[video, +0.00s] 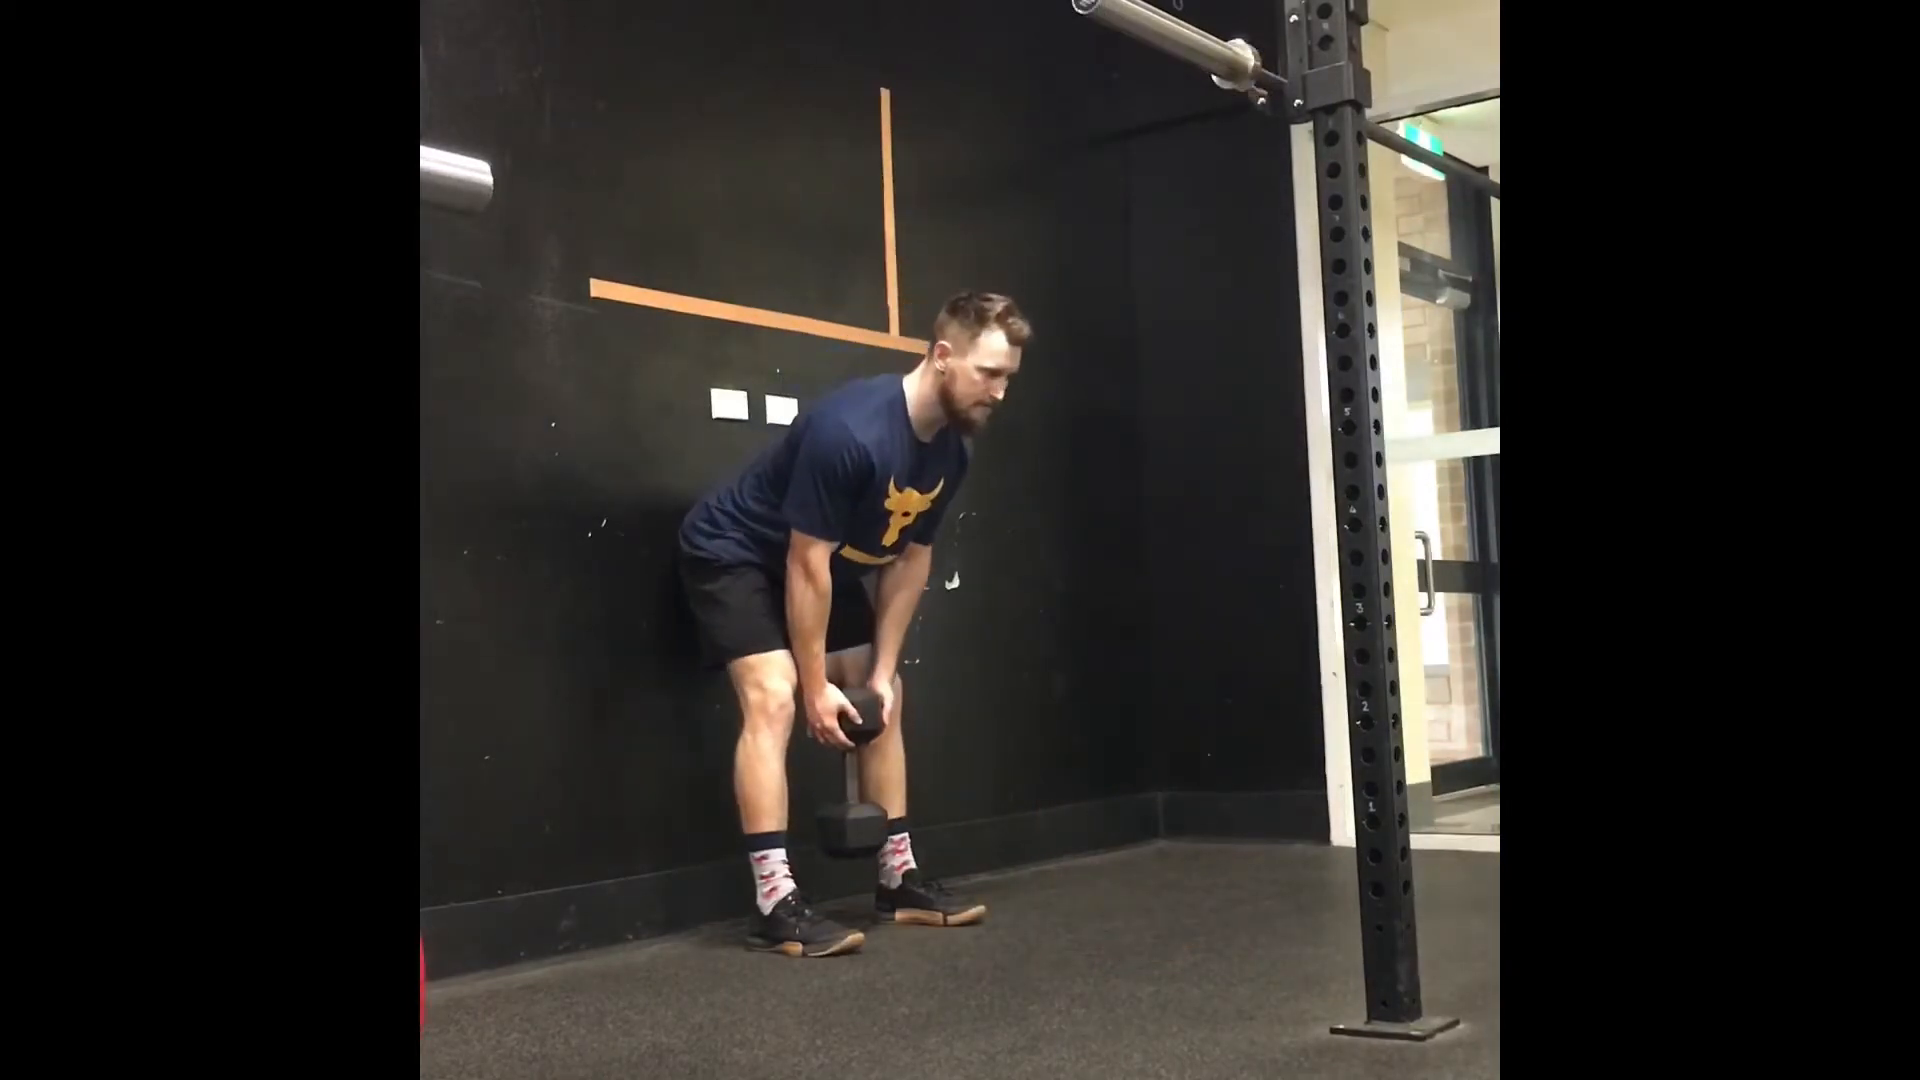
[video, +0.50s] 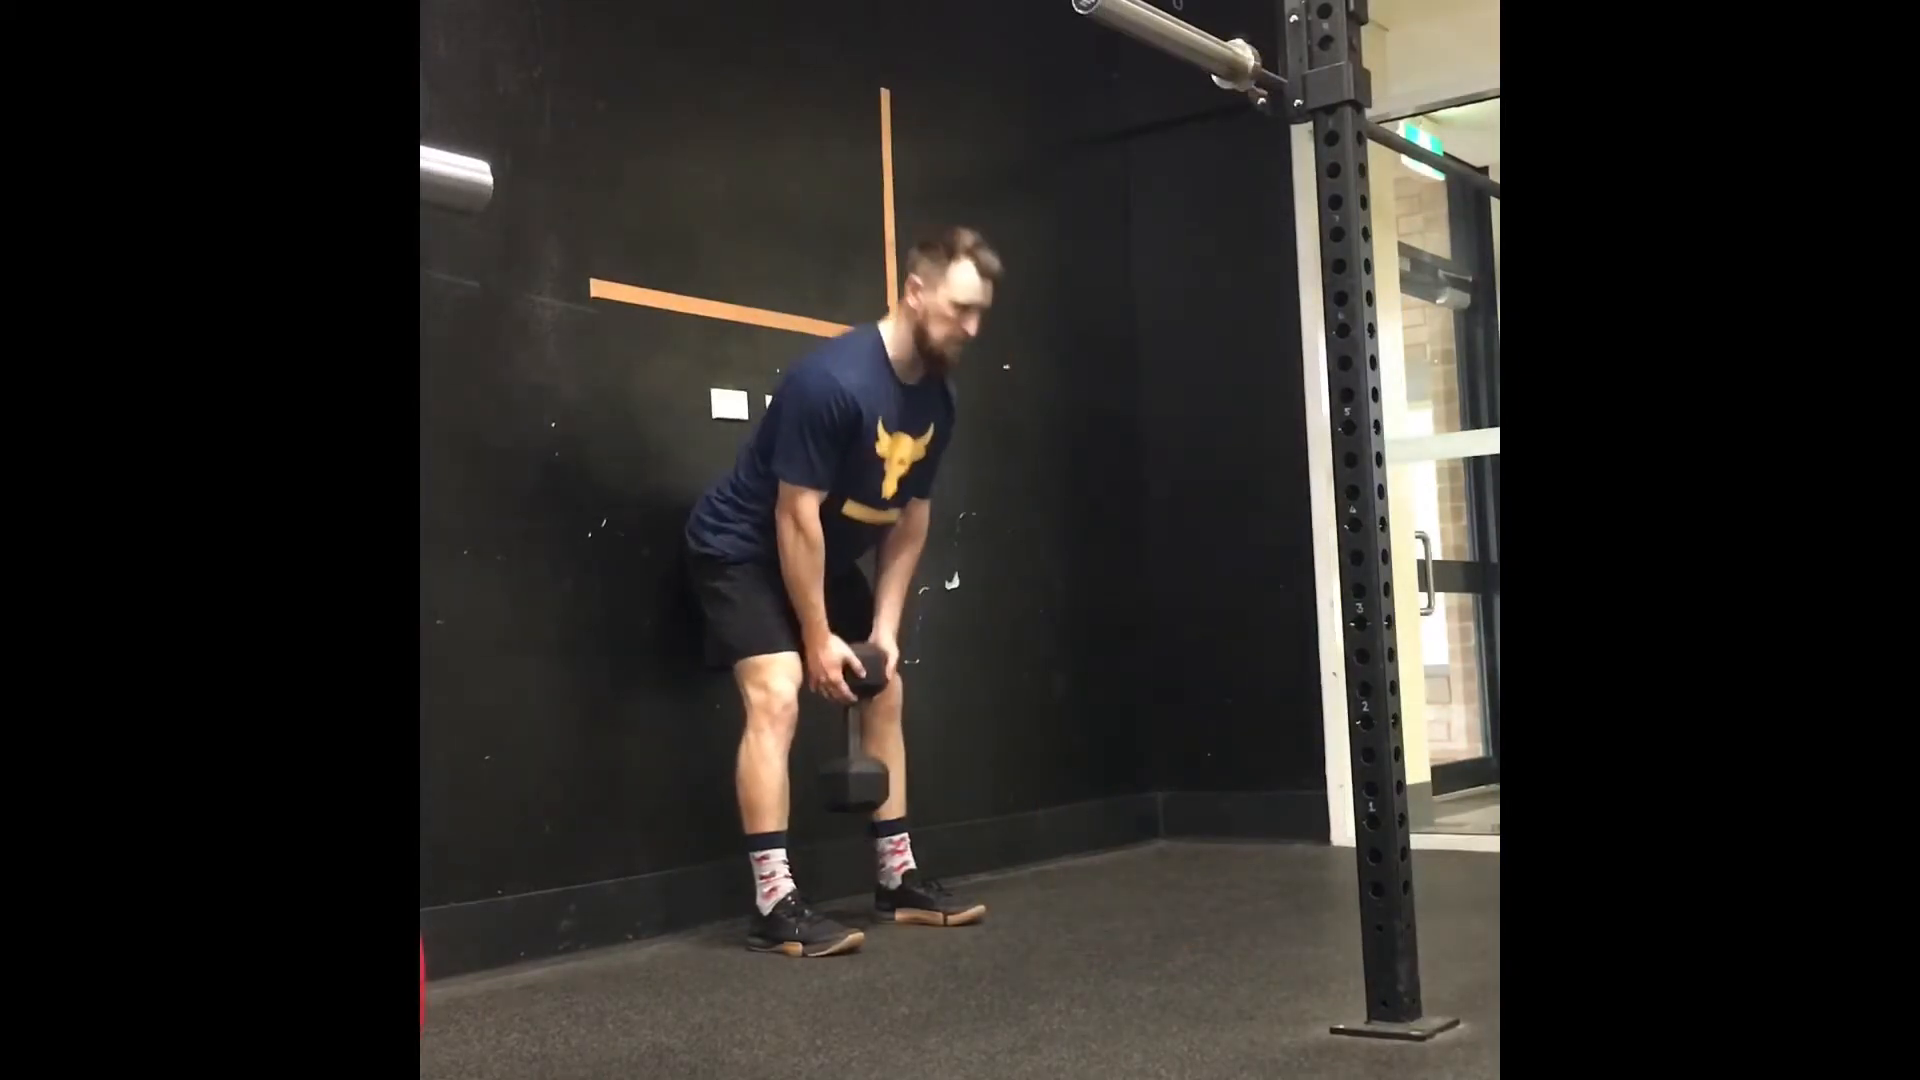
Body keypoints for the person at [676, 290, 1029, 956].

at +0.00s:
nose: (998, 392)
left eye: (1007, 378)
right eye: (989, 373)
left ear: (1008, 375)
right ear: (941, 357)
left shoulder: (950, 447)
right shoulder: (848, 432)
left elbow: (908, 560)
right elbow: (807, 562)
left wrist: (884, 672)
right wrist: (813, 686)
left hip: (820, 561)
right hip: (733, 549)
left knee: (880, 691)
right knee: (772, 698)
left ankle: (897, 878)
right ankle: (776, 903)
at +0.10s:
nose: (1000, 393)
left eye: (1009, 379)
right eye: (991, 374)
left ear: (1010, 375)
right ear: (943, 357)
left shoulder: (952, 444)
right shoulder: (849, 432)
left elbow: (910, 559)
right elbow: (806, 561)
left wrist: (883, 669)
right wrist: (813, 684)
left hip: (824, 560)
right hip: (734, 547)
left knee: (880, 688)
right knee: (773, 697)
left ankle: (897, 878)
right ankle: (776, 903)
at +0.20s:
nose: (999, 391)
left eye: (1008, 377)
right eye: (989, 372)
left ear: (1009, 374)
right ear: (942, 356)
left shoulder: (952, 445)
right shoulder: (848, 430)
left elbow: (910, 560)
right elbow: (805, 560)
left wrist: (883, 668)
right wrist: (812, 682)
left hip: (826, 559)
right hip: (735, 547)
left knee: (880, 689)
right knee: (772, 697)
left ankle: (897, 878)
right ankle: (776, 902)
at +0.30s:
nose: (996, 385)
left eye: (1005, 371)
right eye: (986, 365)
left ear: (1006, 369)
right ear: (938, 352)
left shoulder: (950, 440)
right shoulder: (846, 427)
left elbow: (908, 558)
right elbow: (804, 557)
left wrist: (883, 666)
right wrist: (810, 679)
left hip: (825, 558)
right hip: (735, 547)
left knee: (880, 689)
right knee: (771, 698)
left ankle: (897, 879)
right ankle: (776, 904)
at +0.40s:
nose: (986, 368)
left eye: (997, 354)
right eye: (976, 348)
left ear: (1001, 354)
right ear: (930, 333)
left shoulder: (945, 427)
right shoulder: (840, 413)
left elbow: (908, 546)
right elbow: (801, 546)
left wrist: (882, 655)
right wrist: (811, 664)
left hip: (827, 555)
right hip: (739, 544)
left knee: (880, 691)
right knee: (771, 697)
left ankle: (897, 879)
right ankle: (774, 903)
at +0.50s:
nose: (972, 329)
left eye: (981, 315)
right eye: (961, 309)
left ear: (986, 312)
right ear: (914, 293)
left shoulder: (936, 397)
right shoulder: (830, 381)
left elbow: (908, 526)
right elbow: (796, 520)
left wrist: (882, 631)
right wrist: (815, 636)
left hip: (825, 546)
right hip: (742, 542)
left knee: (883, 684)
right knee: (774, 696)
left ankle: (896, 881)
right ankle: (775, 906)